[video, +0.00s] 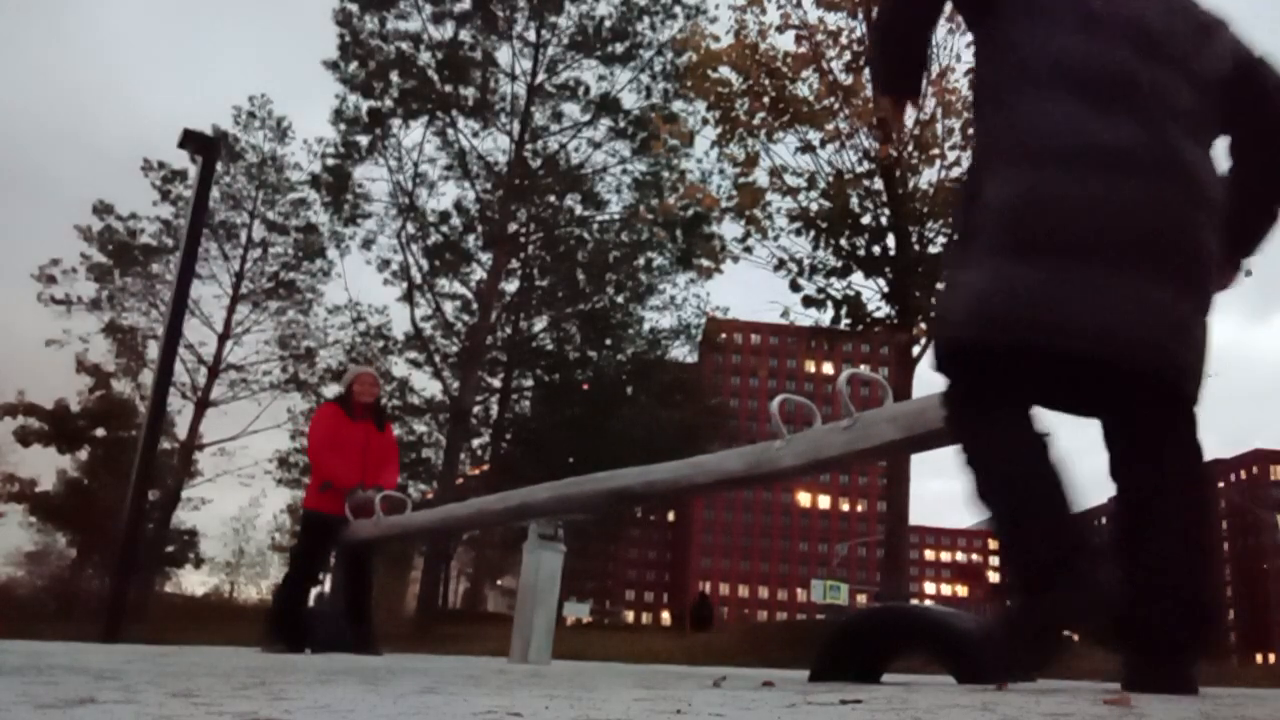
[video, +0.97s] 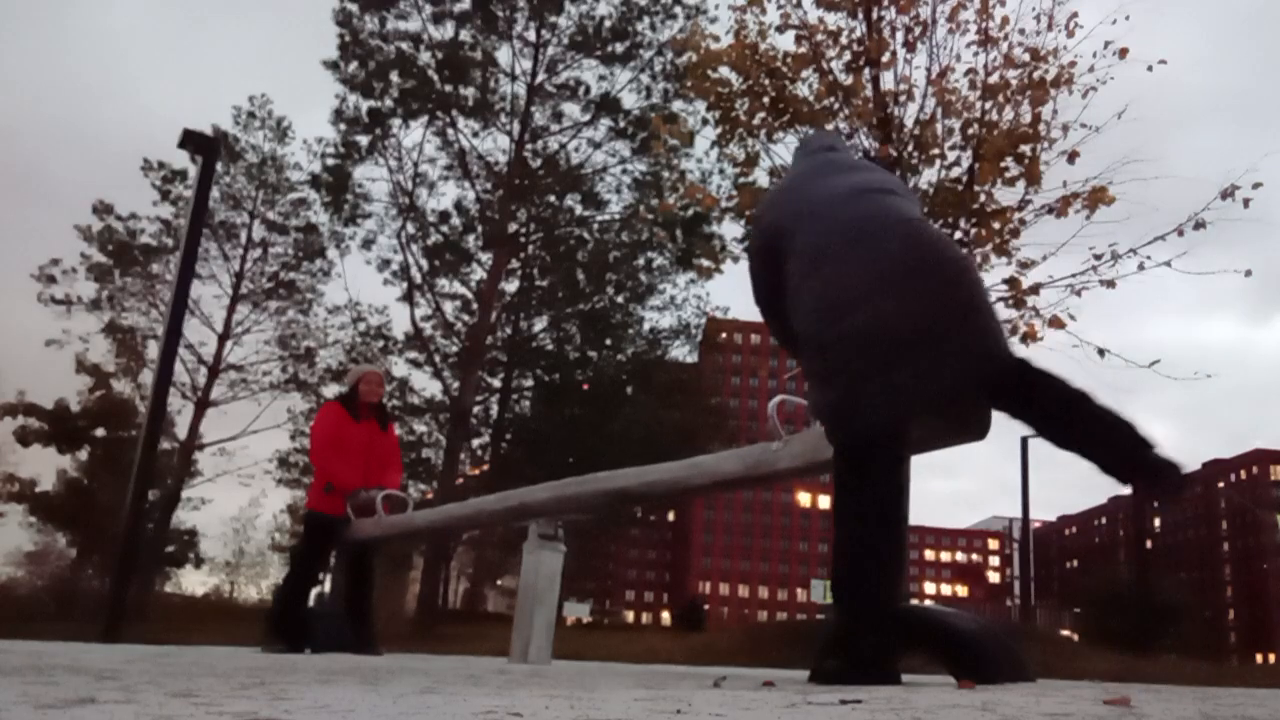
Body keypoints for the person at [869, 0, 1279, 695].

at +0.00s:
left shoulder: (1012, 7)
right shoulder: (1194, 24)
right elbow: (1270, 111)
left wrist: (896, 77)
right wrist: (1223, 242)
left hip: (1026, 221)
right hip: (1164, 237)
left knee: (983, 393)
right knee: (1156, 441)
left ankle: (1051, 582)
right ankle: (1164, 655)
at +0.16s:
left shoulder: (999, 8)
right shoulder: (1154, 48)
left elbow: (897, 1)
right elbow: (1204, 143)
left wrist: (893, 84)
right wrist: (1135, 212)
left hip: (977, 252)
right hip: (1115, 281)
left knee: (946, 449)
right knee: (1133, 459)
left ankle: (915, 622)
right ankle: (1162, 654)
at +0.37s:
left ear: (989, 34)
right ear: (1052, 43)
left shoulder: (940, 73)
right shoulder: (1072, 91)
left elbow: (840, 98)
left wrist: (854, 185)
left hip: (939, 335)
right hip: (1063, 336)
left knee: (911, 491)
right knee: (1109, 483)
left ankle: (863, 654)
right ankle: (1161, 658)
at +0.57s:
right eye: (945, 102)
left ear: (877, 108)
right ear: (940, 106)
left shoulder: (837, 156)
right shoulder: (965, 146)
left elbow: (788, 241)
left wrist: (829, 288)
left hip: (892, 362)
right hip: (1008, 343)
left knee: (877, 496)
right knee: (1097, 450)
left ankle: (860, 655)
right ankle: (1146, 620)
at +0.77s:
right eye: (875, 130)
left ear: (819, 143)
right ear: (874, 134)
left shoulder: (792, 192)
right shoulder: (904, 168)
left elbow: (787, 292)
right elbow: (932, 243)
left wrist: (829, 355)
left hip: (869, 341)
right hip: (964, 302)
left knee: (870, 500)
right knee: (1067, 389)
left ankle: (860, 646)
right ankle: (1166, 493)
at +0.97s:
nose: (871, 158)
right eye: (863, 151)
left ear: (796, 162)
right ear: (849, 149)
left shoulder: (770, 210)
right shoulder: (878, 175)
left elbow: (775, 311)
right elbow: (911, 248)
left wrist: (815, 357)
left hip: (858, 351)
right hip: (947, 322)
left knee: (867, 503)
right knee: (1018, 384)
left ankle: (863, 648)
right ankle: (1147, 466)